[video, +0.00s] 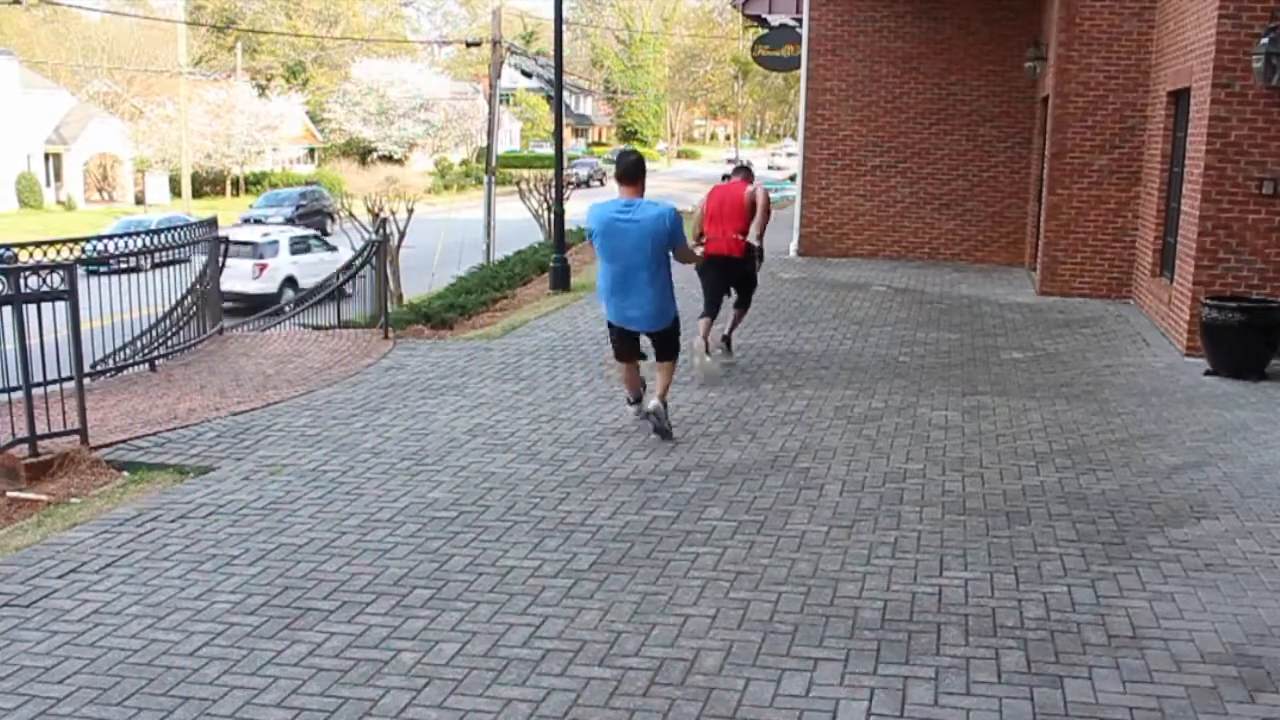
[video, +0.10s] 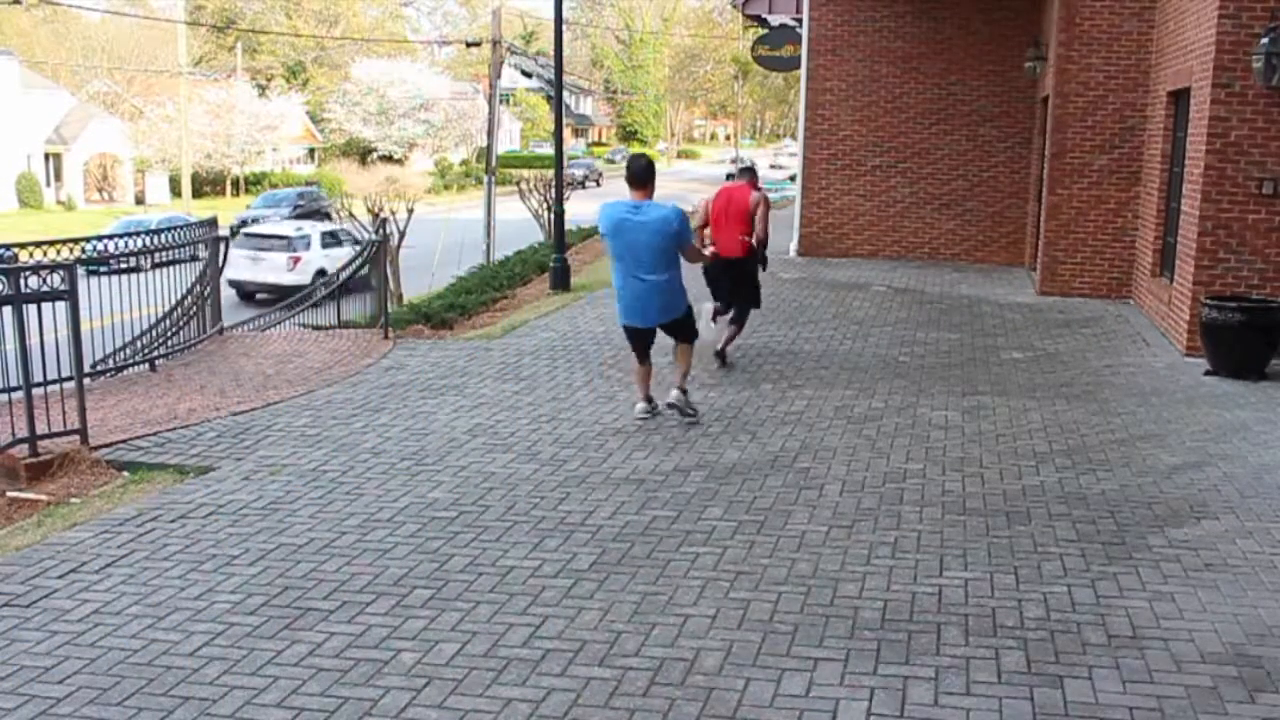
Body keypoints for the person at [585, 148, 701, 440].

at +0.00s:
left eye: (619, 176)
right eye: (642, 175)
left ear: (615, 179)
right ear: (644, 177)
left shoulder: (597, 214)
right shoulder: (664, 214)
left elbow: (598, 251)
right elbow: (682, 254)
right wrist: (696, 255)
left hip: (617, 308)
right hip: (657, 308)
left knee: (627, 360)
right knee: (667, 354)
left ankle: (637, 403)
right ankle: (659, 400)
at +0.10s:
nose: (647, 182)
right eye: (650, 177)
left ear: (626, 181)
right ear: (654, 180)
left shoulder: (608, 214)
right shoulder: (672, 216)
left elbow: (612, 251)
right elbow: (692, 255)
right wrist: (706, 255)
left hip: (632, 307)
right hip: (669, 303)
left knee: (641, 355)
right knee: (685, 337)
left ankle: (644, 400)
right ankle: (679, 389)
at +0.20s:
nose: (663, 181)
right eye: (665, 177)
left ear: (641, 180)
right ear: (667, 179)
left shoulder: (621, 210)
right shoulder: (683, 214)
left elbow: (617, 235)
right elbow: (699, 255)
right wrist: (707, 254)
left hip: (640, 301)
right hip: (678, 301)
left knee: (647, 347)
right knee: (698, 341)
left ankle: (644, 396)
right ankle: (706, 385)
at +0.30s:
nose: (679, 179)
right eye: (681, 176)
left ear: (657, 179)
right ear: (682, 179)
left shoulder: (638, 208)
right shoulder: (699, 212)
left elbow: (635, 238)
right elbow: (706, 244)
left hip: (654, 292)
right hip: (689, 294)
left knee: (658, 330)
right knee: (700, 342)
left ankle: (648, 369)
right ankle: (713, 382)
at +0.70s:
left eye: (695, 168)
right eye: (710, 167)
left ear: (690, 170)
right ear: (713, 169)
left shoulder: (675, 197)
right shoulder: (727, 200)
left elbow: (667, 219)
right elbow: (738, 233)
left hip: (687, 274)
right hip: (719, 275)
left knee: (688, 316)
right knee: (731, 315)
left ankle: (683, 359)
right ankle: (733, 353)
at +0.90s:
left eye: (718, 168)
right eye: (732, 168)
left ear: (713, 171)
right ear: (735, 170)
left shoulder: (698, 194)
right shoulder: (748, 199)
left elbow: (688, 221)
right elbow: (753, 227)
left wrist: (710, 220)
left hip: (707, 267)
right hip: (736, 269)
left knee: (705, 296)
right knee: (740, 306)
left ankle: (698, 338)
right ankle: (738, 347)